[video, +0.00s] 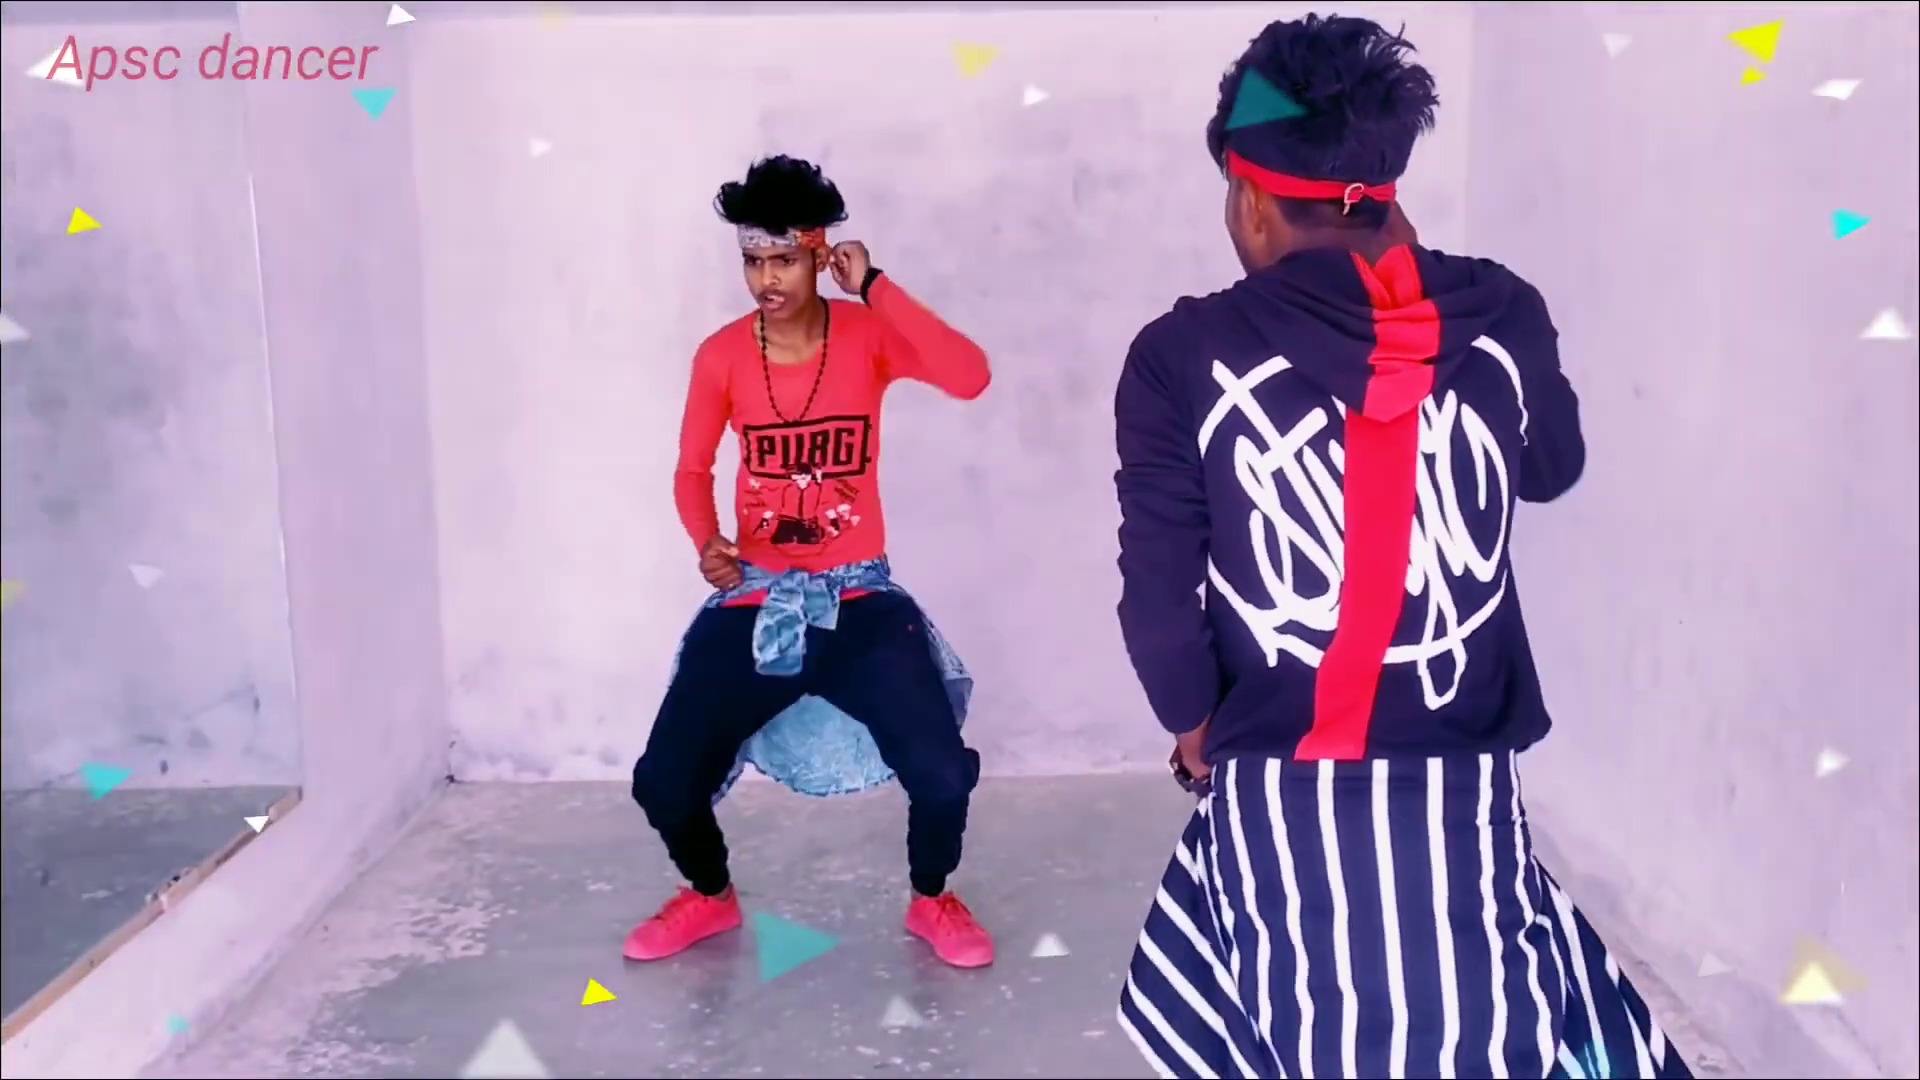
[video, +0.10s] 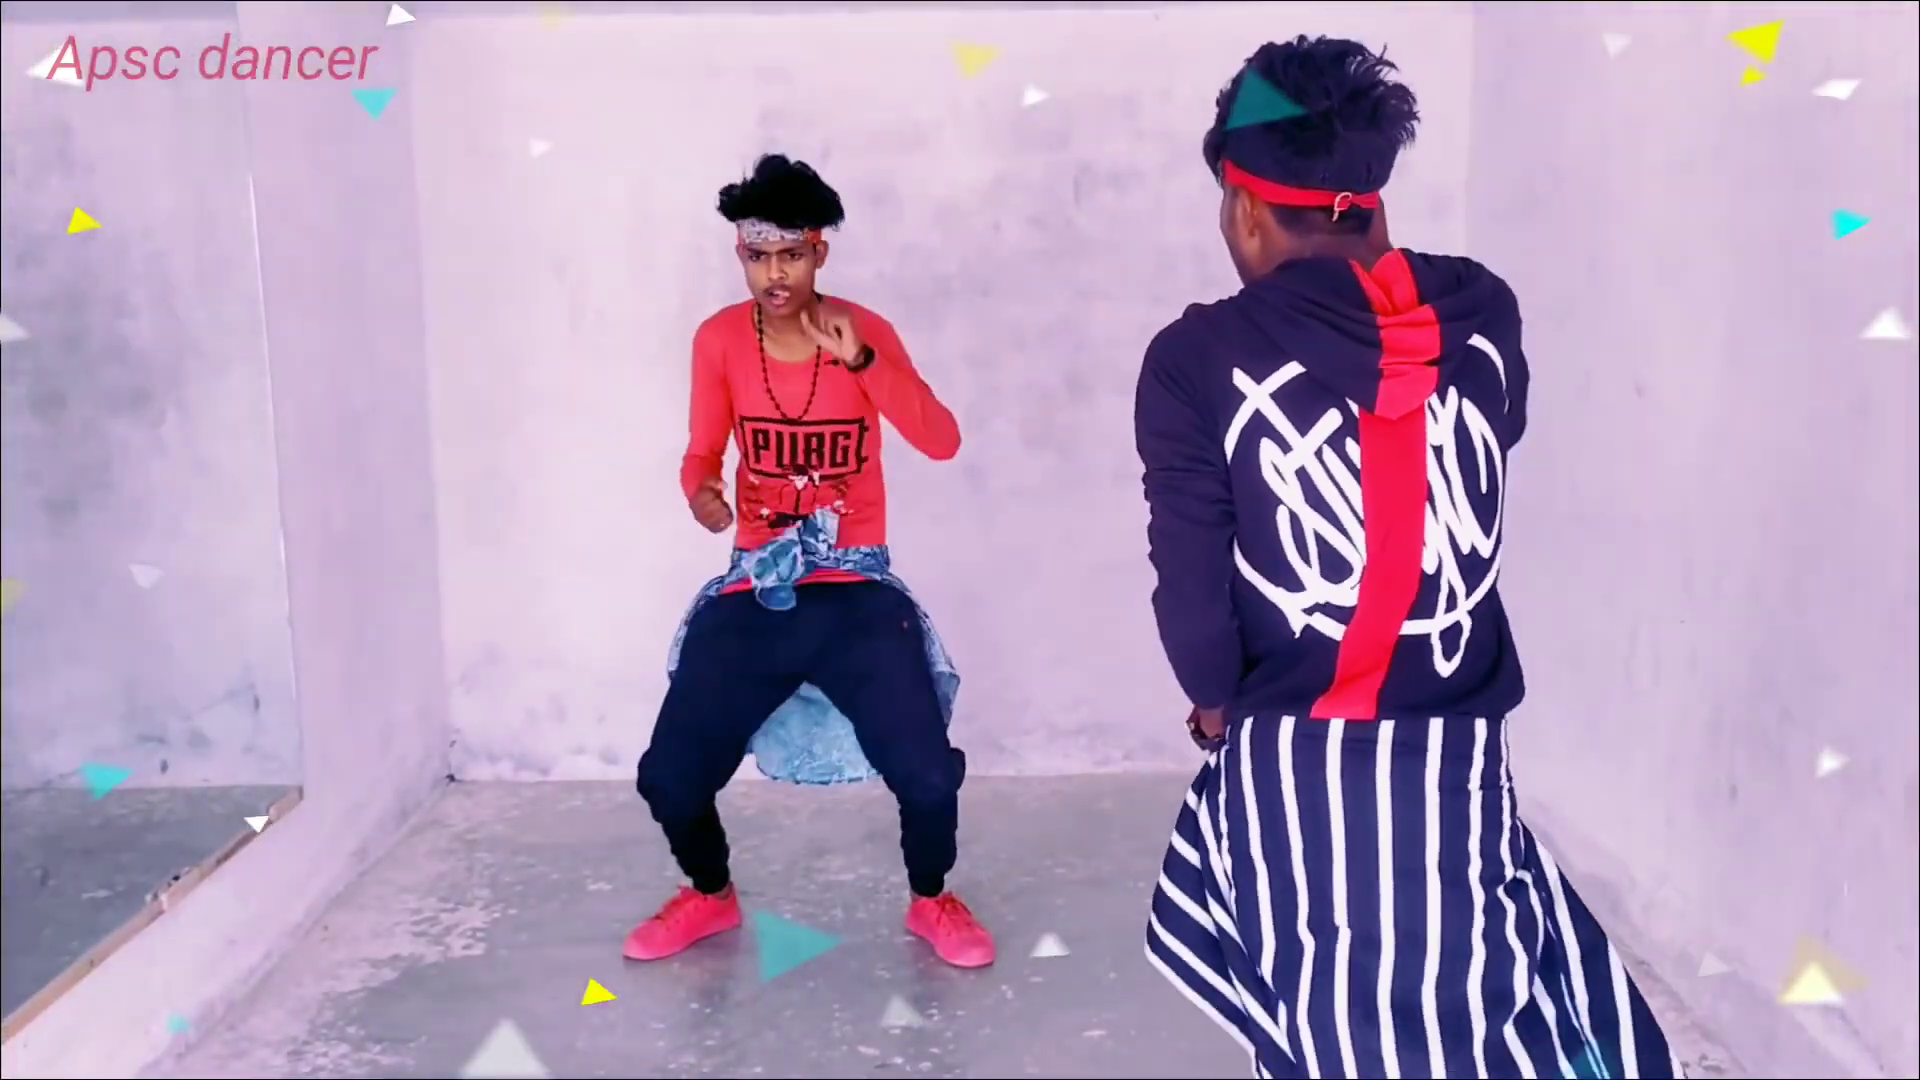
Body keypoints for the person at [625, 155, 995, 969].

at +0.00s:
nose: (766, 277)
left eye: (784, 259)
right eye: (753, 260)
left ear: (821, 260)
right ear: (741, 261)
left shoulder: (871, 334)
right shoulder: (725, 355)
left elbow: (969, 377)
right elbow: (693, 469)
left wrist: (875, 288)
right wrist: (708, 542)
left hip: (858, 602)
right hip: (750, 606)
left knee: (945, 773)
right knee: (663, 781)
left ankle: (931, 901)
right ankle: (710, 896)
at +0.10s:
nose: (774, 274)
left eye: (791, 254)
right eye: (758, 257)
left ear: (821, 253)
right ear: (741, 259)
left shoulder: (864, 332)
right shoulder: (722, 339)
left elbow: (942, 442)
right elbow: (701, 459)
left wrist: (863, 361)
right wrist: (706, 496)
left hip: (855, 592)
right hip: (752, 594)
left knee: (931, 772)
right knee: (669, 777)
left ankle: (931, 902)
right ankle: (710, 896)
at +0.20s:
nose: (768, 240)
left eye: (783, 219)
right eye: (749, 221)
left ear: (807, 223)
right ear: (725, 229)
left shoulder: (858, 318)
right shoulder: (706, 316)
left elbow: (965, 399)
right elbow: (681, 401)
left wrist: (926, 437)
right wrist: (672, 455)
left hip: (843, 580)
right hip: (736, 578)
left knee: (926, 759)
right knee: (634, 746)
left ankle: (931, 899)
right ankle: (697, 877)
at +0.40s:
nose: (752, 222)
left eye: (761, 204)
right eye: (730, 206)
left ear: (772, 214)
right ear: (689, 218)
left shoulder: (815, 310)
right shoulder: (664, 306)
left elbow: (885, 397)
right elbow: (673, 392)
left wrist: (932, 509)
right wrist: (631, 490)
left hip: (803, 574)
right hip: (702, 569)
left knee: (869, 754)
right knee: (561, 707)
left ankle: (927, 899)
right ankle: (587, 852)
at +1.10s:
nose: (696, 164)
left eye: (700, 148)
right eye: (675, 148)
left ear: (704, 160)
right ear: (624, 164)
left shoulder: (726, 259)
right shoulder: (577, 268)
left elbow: (755, 380)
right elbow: (570, 387)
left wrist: (806, 488)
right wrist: (551, 512)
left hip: (725, 523)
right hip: (618, 529)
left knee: (802, 691)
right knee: (567, 710)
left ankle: (838, 870)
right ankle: (542, 873)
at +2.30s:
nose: (756, 147)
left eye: (759, 130)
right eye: (739, 131)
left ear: (753, 138)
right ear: (690, 137)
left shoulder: (779, 235)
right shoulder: (634, 237)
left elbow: (801, 357)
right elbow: (623, 361)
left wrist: (830, 470)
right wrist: (609, 484)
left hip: (772, 495)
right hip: (669, 500)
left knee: (814, 674)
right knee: (638, 683)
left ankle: (847, 849)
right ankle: (603, 854)